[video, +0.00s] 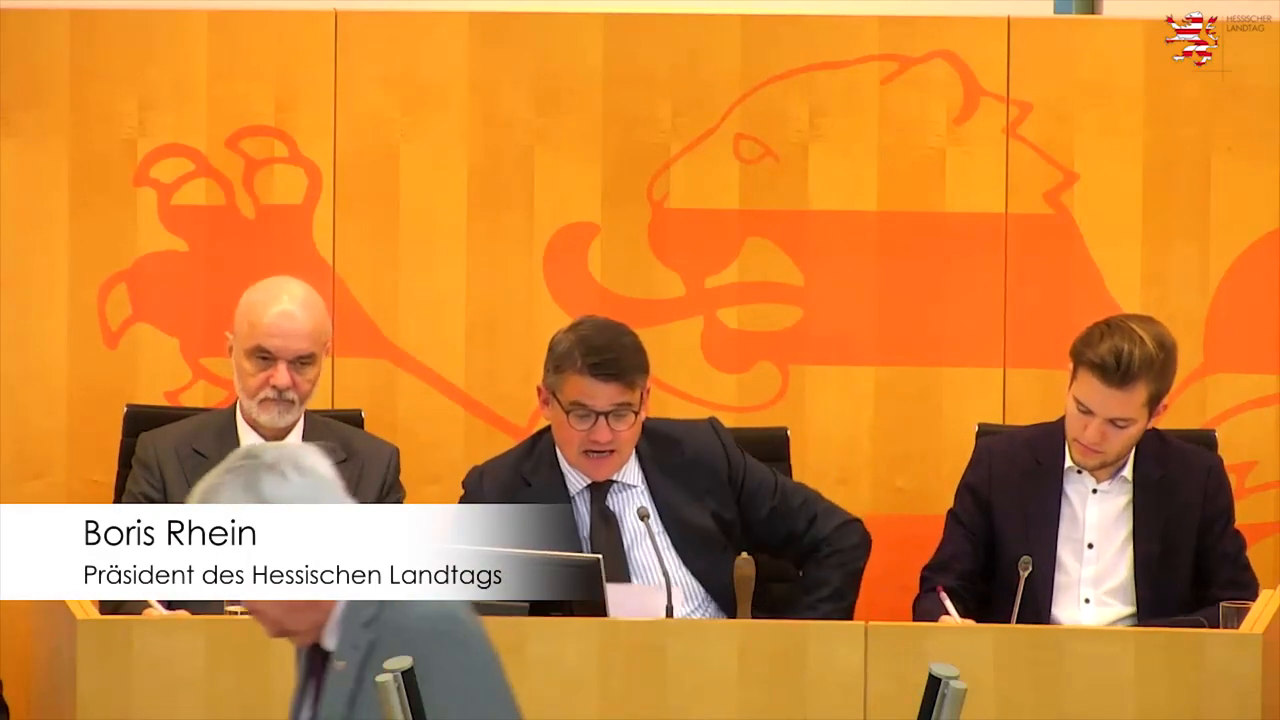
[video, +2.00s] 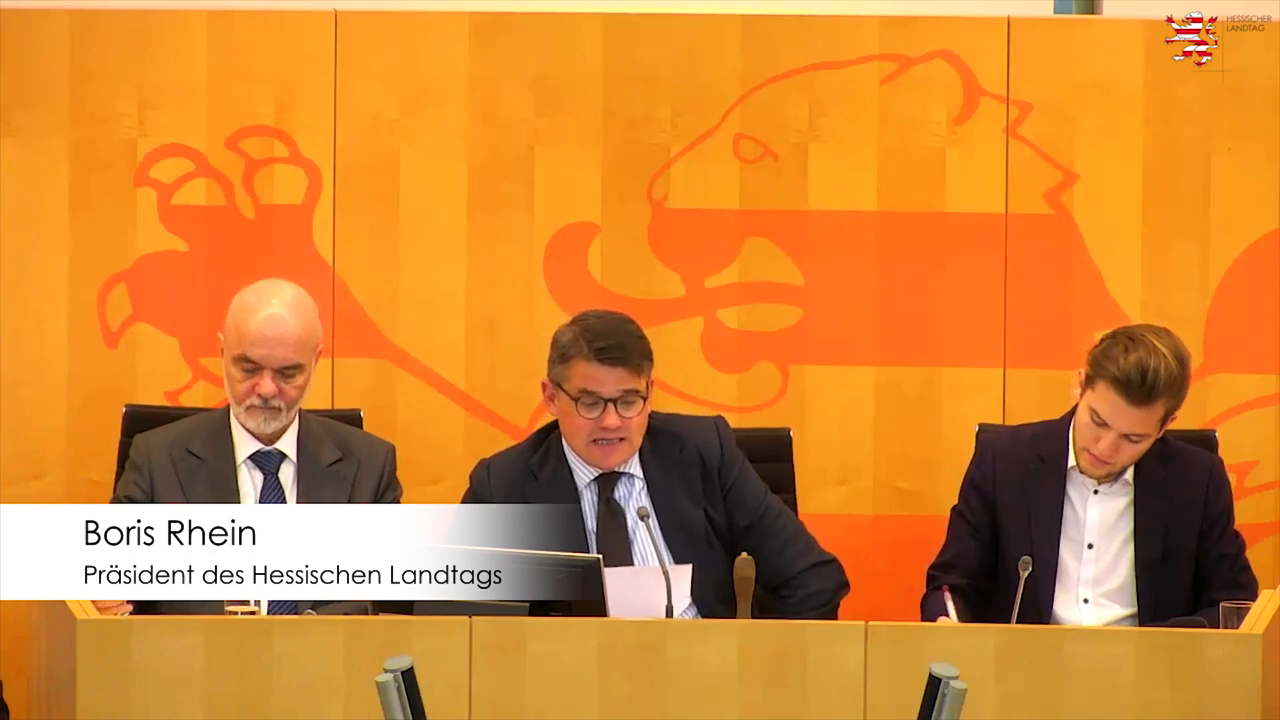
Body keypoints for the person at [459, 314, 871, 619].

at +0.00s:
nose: (602, 436)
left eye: (619, 415)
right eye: (581, 415)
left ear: (644, 398)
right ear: (546, 400)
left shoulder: (705, 455)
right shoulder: (495, 490)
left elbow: (840, 540)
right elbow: (468, 624)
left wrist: (797, 655)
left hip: (718, 670)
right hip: (579, 683)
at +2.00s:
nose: (611, 421)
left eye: (627, 400)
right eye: (589, 401)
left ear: (649, 391)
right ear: (551, 397)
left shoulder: (707, 451)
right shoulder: (501, 485)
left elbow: (813, 581)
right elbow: (464, 619)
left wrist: (769, 680)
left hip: (707, 674)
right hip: (566, 684)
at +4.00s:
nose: (610, 433)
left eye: (624, 411)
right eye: (587, 416)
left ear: (641, 394)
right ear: (545, 409)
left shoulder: (703, 452)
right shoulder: (497, 488)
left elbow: (810, 582)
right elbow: (470, 625)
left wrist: (763, 678)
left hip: (706, 672)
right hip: (566, 683)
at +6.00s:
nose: (617, 440)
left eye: (633, 418)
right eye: (594, 422)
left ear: (649, 399)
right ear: (552, 411)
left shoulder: (704, 457)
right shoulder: (499, 488)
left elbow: (814, 583)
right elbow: (459, 622)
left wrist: (757, 676)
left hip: (701, 678)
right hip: (562, 686)